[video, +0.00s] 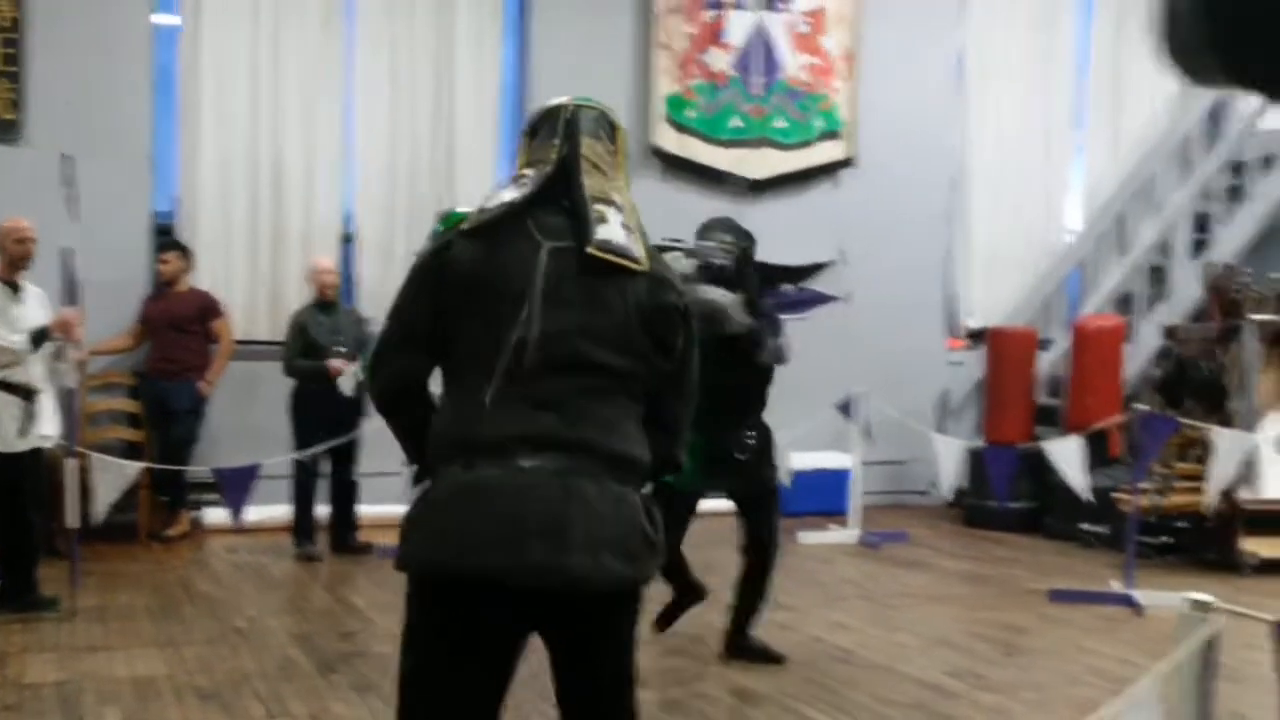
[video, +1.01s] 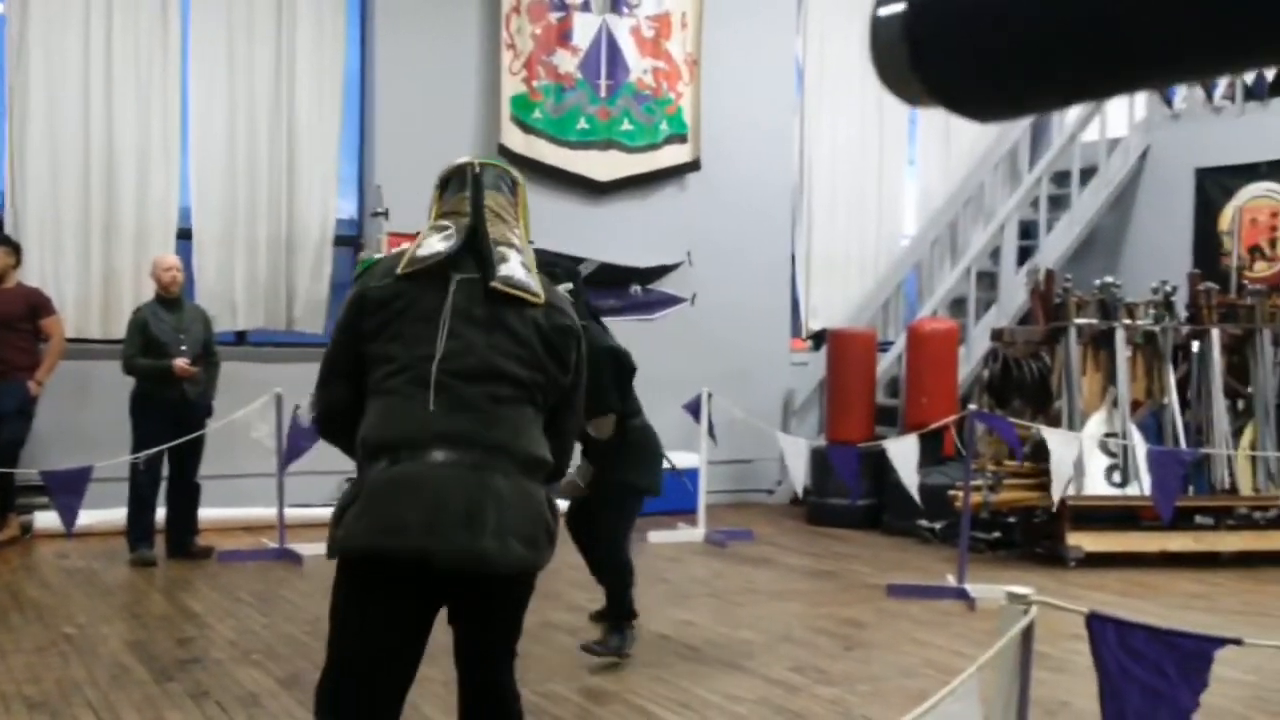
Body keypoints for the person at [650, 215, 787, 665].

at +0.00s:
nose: (712, 264)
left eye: (725, 256)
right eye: (706, 254)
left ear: (743, 263)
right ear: (695, 254)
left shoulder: (758, 314)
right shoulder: (680, 300)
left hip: (743, 437)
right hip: (687, 436)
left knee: (761, 540)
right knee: (660, 534)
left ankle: (738, 634)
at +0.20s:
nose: (692, 281)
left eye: (701, 273)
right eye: (689, 272)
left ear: (720, 275)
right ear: (683, 273)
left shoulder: (733, 323)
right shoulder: (677, 317)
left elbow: (741, 365)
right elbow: (649, 352)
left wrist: (702, 351)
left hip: (726, 438)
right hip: (687, 435)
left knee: (717, 530)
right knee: (688, 526)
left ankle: (720, 627)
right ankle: (731, 585)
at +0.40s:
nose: (642, 279)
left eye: (648, 271)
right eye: (644, 270)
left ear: (665, 275)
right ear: (684, 273)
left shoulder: (692, 329)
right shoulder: (679, 318)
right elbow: (645, 344)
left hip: (716, 444)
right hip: (700, 441)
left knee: (694, 527)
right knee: (679, 518)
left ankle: (731, 625)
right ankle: (714, 599)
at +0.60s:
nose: (600, 295)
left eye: (604, 286)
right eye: (600, 286)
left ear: (620, 289)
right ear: (643, 285)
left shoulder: (654, 336)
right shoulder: (656, 329)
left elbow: (609, 384)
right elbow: (615, 380)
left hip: (686, 453)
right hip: (677, 450)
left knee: (674, 530)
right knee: (656, 519)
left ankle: (704, 627)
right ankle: (681, 603)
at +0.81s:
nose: (573, 304)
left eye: (577, 297)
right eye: (574, 297)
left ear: (590, 297)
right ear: (610, 293)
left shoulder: (612, 338)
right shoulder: (624, 330)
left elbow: (609, 408)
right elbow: (615, 407)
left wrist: (590, 448)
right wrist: (595, 446)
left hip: (650, 450)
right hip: (649, 447)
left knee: (639, 531)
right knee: (618, 518)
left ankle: (671, 627)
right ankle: (647, 602)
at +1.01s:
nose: (539, 315)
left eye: (544, 305)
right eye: (539, 308)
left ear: (563, 300)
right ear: (572, 298)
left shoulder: (594, 347)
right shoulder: (570, 342)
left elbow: (603, 425)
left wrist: (581, 473)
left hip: (630, 456)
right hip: (606, 454)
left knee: (608, 536)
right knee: (582, 524)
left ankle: (620, 629)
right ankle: (617, 600)